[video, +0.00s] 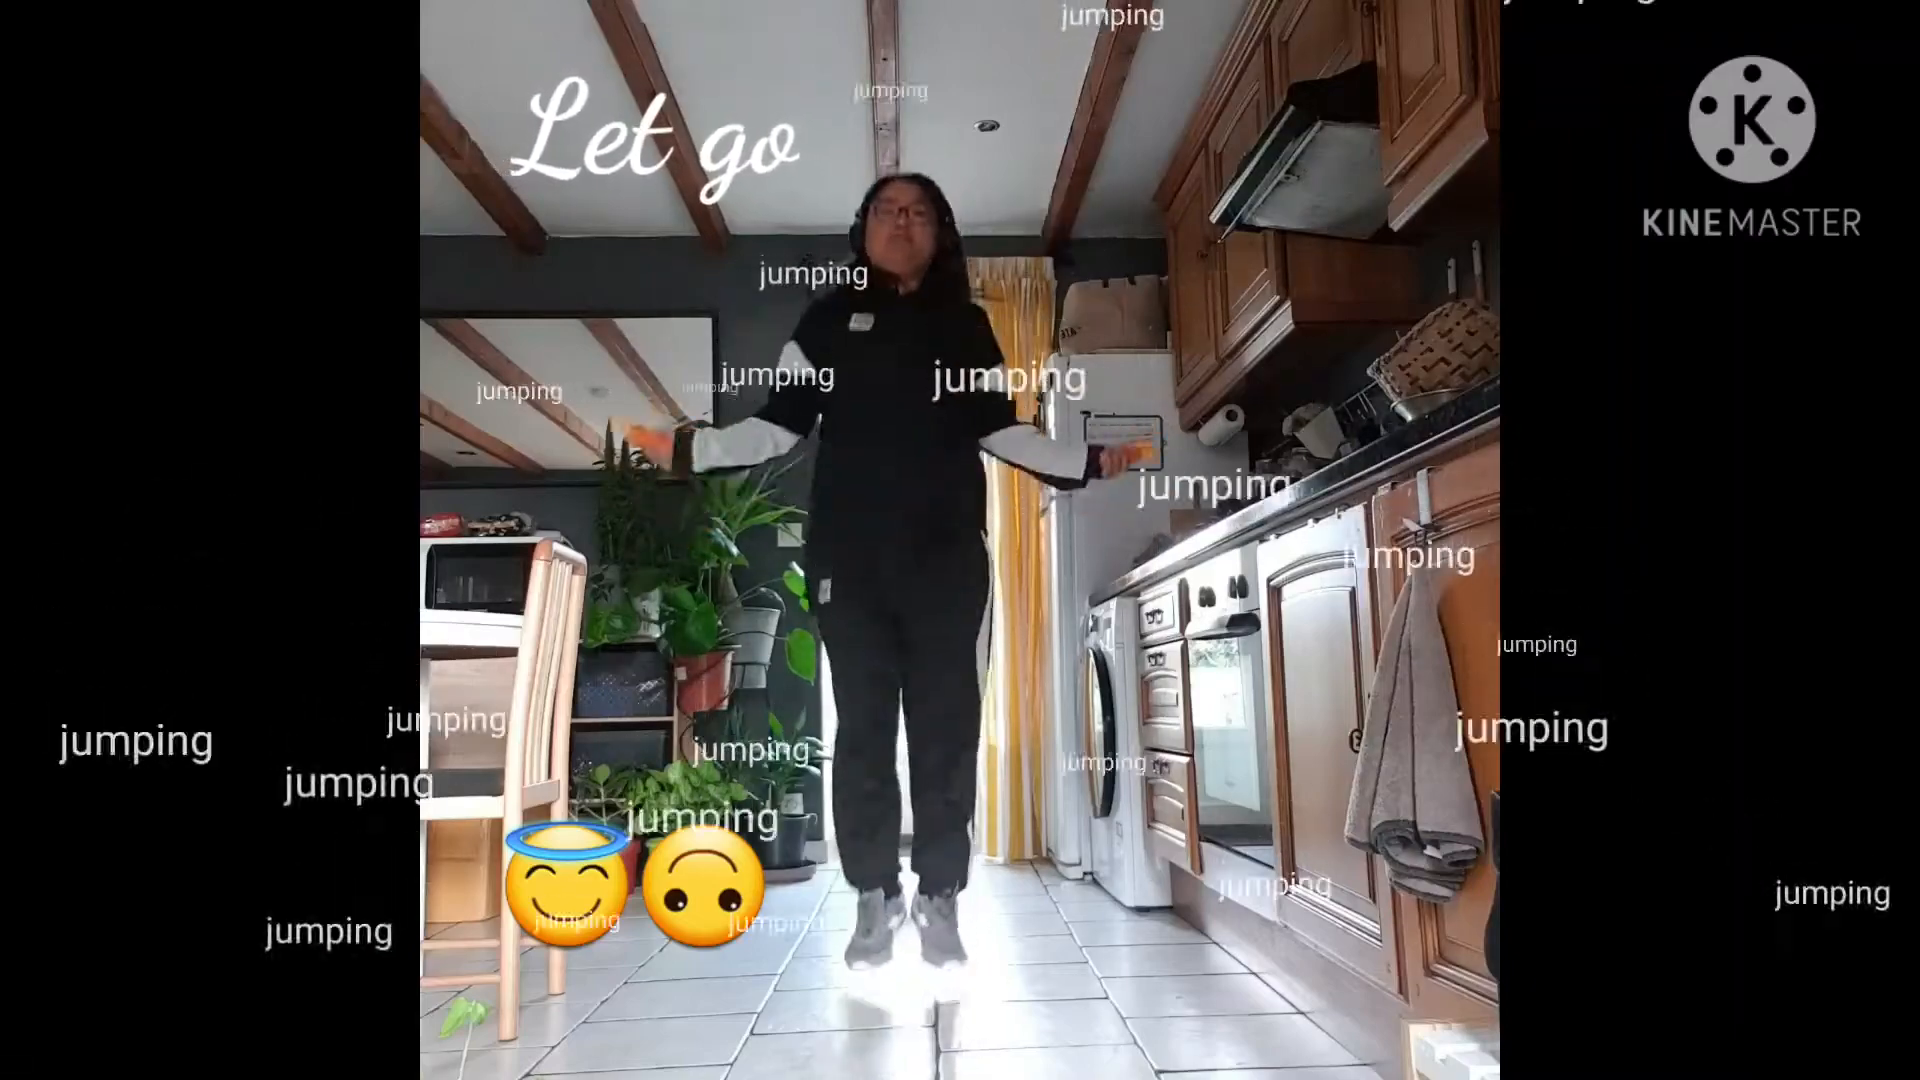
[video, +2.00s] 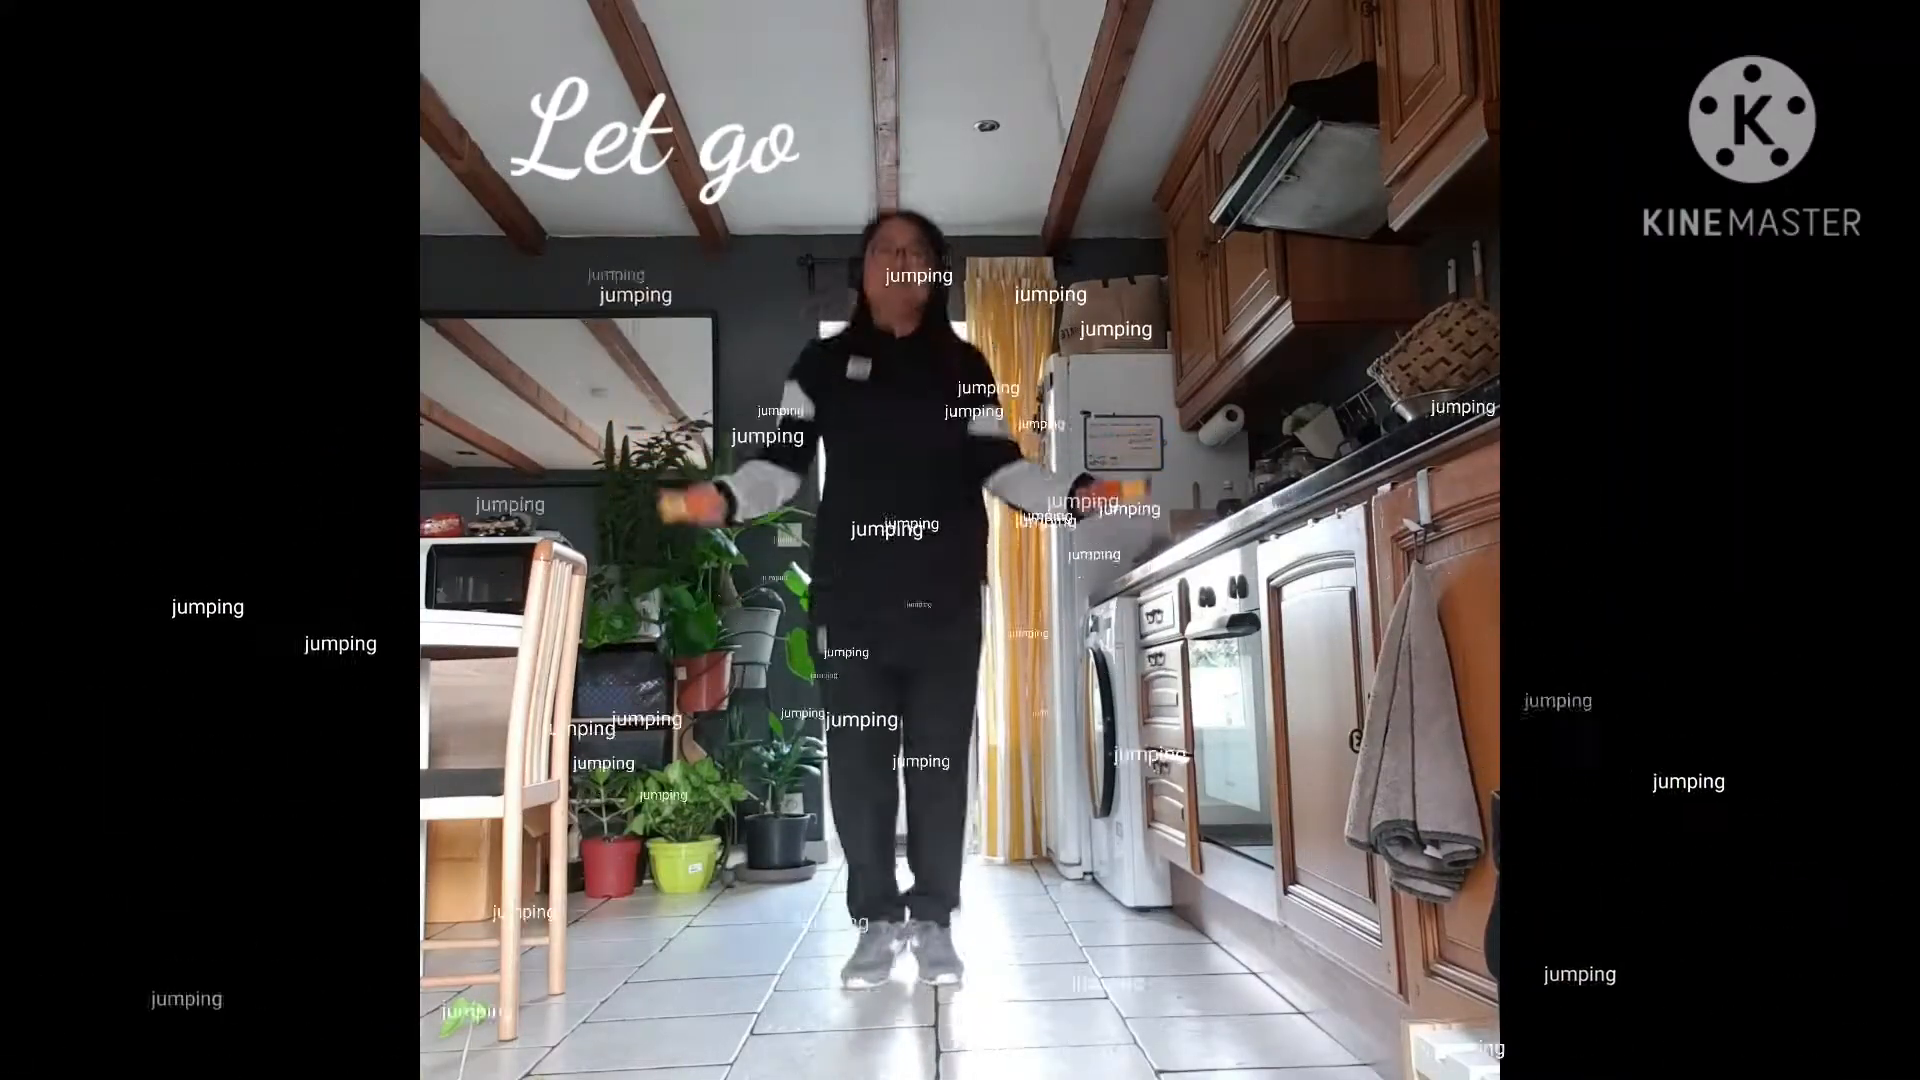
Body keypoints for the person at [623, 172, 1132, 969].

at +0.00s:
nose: (902, 222)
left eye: (918, 212)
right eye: (888, 211)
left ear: (942, 236)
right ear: (863, 233)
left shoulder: (966, 325)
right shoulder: (830, 315)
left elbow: (996, 430)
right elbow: (785, 423)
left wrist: (1088, 461)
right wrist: (693, 443)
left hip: (946, 551)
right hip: (851, 549)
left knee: (945, 726)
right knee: (863, 726)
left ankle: (939, 900)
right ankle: (874, 897)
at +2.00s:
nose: (902, 266)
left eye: (916, 255)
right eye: (888, 253)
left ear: (936, 274)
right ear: (863, 270)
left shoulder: (962, 364)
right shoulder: (826, 361)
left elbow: (997, 464)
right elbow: (782, 464)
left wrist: (1066, 494)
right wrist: (721, 496)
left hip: (944, 594)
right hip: (851, 594)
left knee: (937, 760)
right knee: (857, 761)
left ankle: (934, 922)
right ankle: (877, 921)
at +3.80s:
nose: (899, 246)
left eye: (916, 235)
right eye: (884, 233)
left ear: (937, 257)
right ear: (862, 253)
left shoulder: (963, 350)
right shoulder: (825, 346)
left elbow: (1002, 453)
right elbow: (783, 455)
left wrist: (1073, 492)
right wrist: (723, 503)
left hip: (944, 581)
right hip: (848, 580)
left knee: (941, 753)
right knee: (858, 756)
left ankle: (936, 916)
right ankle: (871, 919)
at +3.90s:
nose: (900, 214)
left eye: (916, 203)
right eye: (886, 202)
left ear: (939, 222)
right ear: (860, 220)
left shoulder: (961, 310)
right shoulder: (823, 310)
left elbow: (999, 421)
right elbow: (784, 424)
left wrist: (1072, 473)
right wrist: (704, 479)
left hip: (945, 541)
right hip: (851, 539)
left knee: (942, 715)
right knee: (860, 716)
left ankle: (938, 886)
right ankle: (871, 886)